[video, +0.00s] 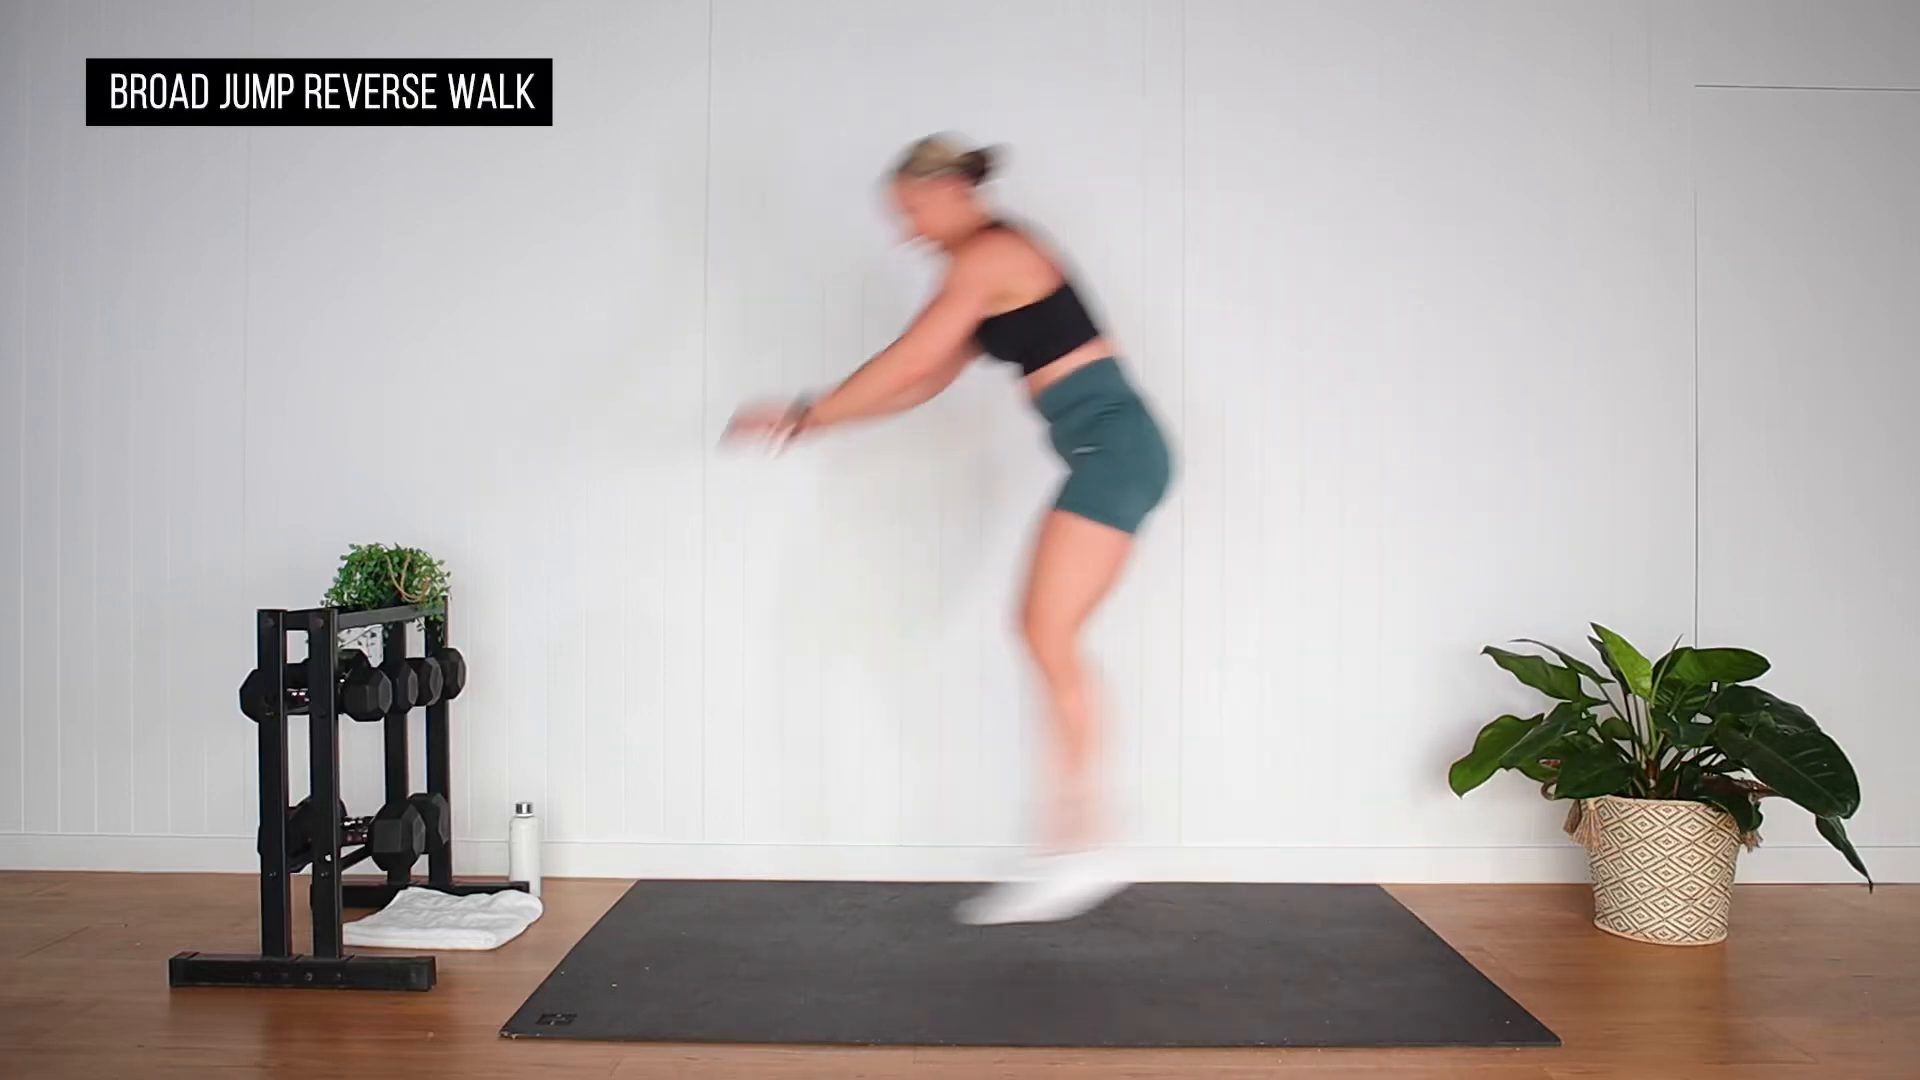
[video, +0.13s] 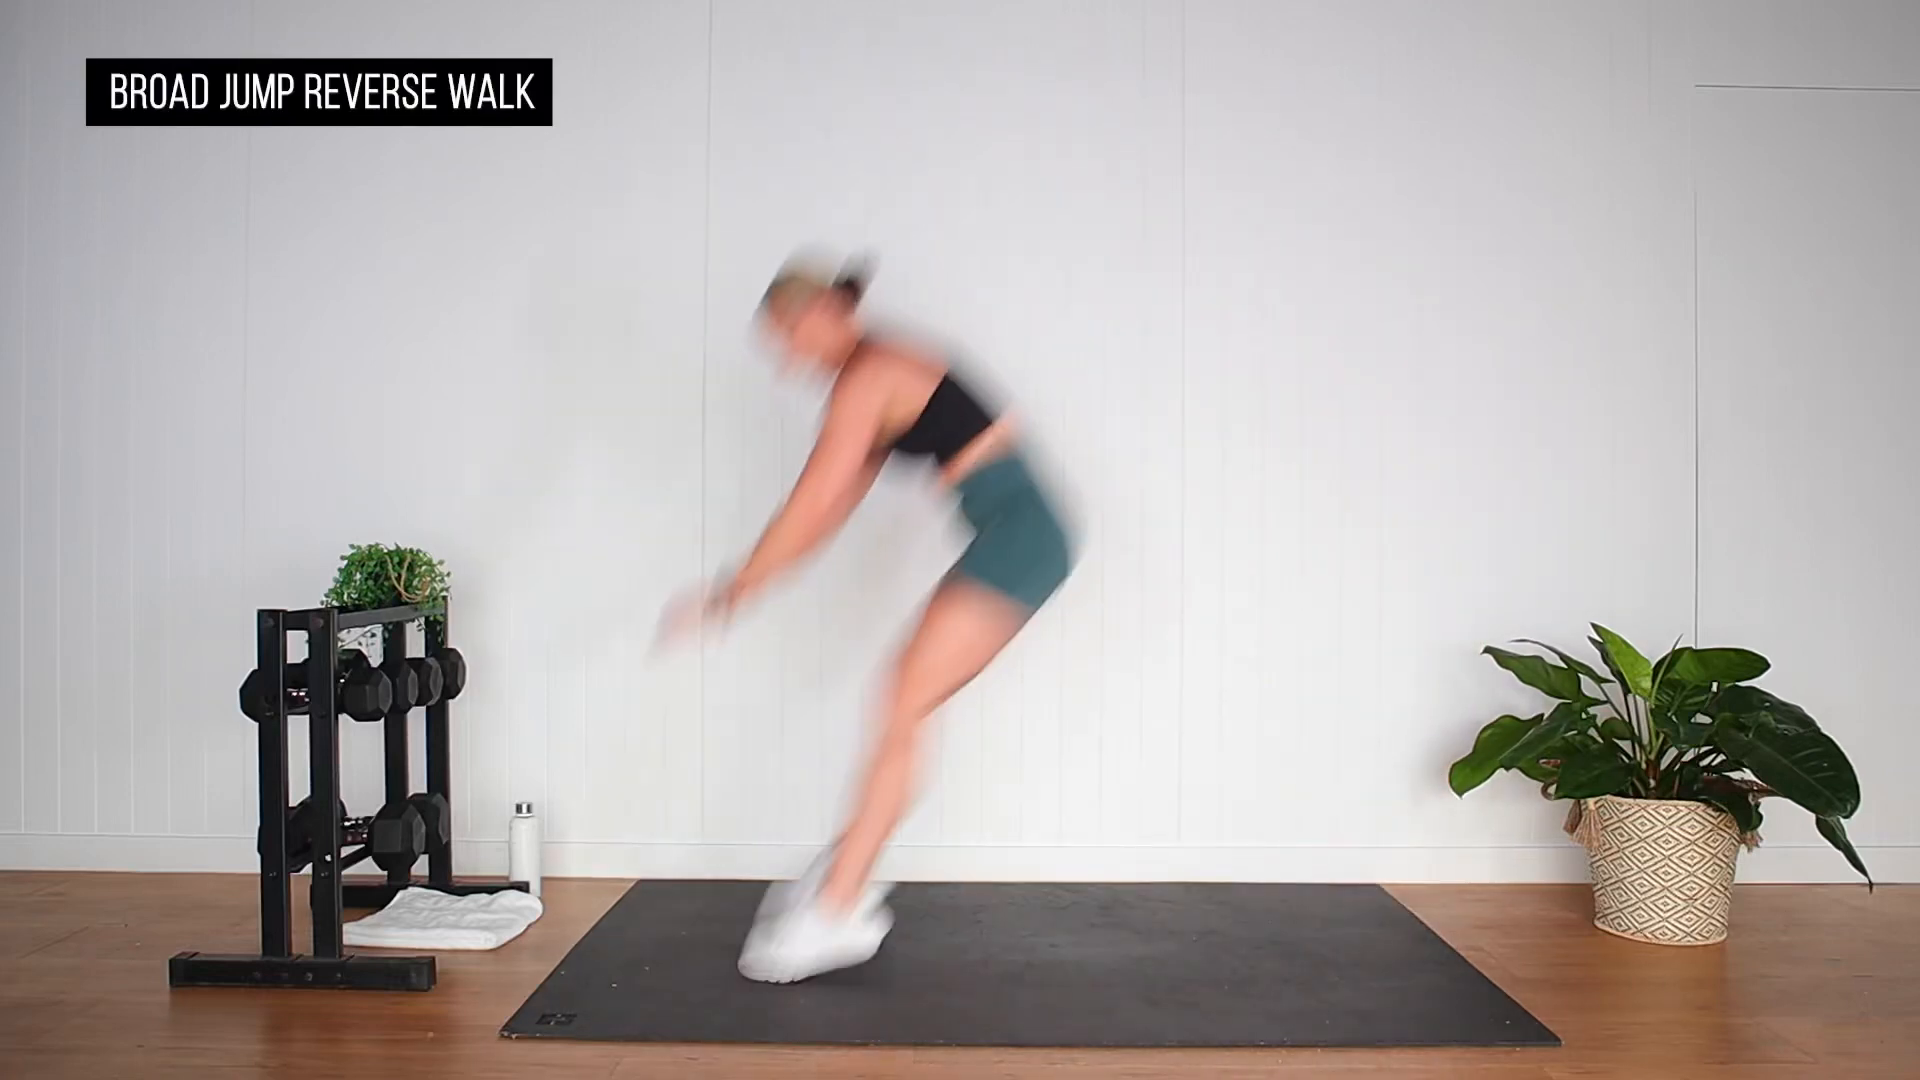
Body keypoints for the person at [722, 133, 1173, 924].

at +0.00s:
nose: (909, 227)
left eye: (914, 208)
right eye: (904, 211)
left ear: (952, 193)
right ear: (953, 198)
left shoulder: (990, 255)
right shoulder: (999, 255)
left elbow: (913, 361)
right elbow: (923, 383)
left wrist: (808, 415)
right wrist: (813, 417)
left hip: (1115, 448)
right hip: (1110, 447)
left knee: (1050, 628)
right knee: (1048, 627)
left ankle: (1085, 840)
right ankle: (1070, 840)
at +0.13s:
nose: (789, 354)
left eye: (791, 333)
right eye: (783, 338)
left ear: (826, 314)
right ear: (833, 316)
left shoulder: (869, 377)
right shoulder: (886, 366)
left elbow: (814, 501)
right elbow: (831, 505)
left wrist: (738, 586)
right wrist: (750, 581)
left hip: (1017, 535)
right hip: (1016, 532)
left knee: (908, 697)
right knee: (906, 692)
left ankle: (841, 905)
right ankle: (843, 880)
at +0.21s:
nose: (744, 440)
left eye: (745, 421)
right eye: (737, 428)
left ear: (781, 404)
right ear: (784, 410)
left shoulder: (821, 473)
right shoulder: (836, 459)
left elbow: (766, 605)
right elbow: (778, 604)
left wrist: (704, 695)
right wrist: (714, 689)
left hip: (970, 619)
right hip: (974, 614)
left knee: (811, 732)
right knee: (821, 728)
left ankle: (836, 933)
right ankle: (839, 893)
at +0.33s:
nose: (672, 579)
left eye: (669, 560)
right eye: (663, 567)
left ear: (697, 536)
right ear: (703, 534)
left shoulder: (750, 591)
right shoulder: (766, 573)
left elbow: (713, 732)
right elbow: (729, 723)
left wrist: (662, 850)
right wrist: (684, 825)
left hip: (949, 657)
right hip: (955, 648)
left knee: (780, 738)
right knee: (795, 733)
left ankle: (833, 934)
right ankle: (839, 900)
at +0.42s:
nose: (647, 653)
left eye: (638, 635)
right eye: (635, 641)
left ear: (663, 603)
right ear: (670, 595)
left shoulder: (724, 643)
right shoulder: (739, 628)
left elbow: (703, 788)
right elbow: (720, 780)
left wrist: (667, 913)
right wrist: (685, 883)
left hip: (943, 659)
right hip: (948, 650)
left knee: (776, 742)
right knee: (789, 736)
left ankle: (836, 936)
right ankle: (842, 900)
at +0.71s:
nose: (633, 749)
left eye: (619, 740)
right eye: (619, 746)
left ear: (622, 698)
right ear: (627, 689)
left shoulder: (681, 688)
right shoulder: (701, 677)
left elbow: (698, 835)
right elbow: (725, 806)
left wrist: (677, 959)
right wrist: (712, 906)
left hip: (878, 587)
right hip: (879, 582)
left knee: (775, 735)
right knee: (785, 731)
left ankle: (837, 932)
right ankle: (841, 894)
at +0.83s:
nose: (656, 765)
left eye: (643, 758)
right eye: (645, 762)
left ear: (638, 716)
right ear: (640, 712)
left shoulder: (687, 685)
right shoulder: (711, 691)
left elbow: (695, 833)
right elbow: (725, 811)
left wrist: (678, 957)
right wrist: (715, 908)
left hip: (850, 518)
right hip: (849, 516)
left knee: (835, 709)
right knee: (843, 703)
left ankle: (941, 886)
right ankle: (926, 864)